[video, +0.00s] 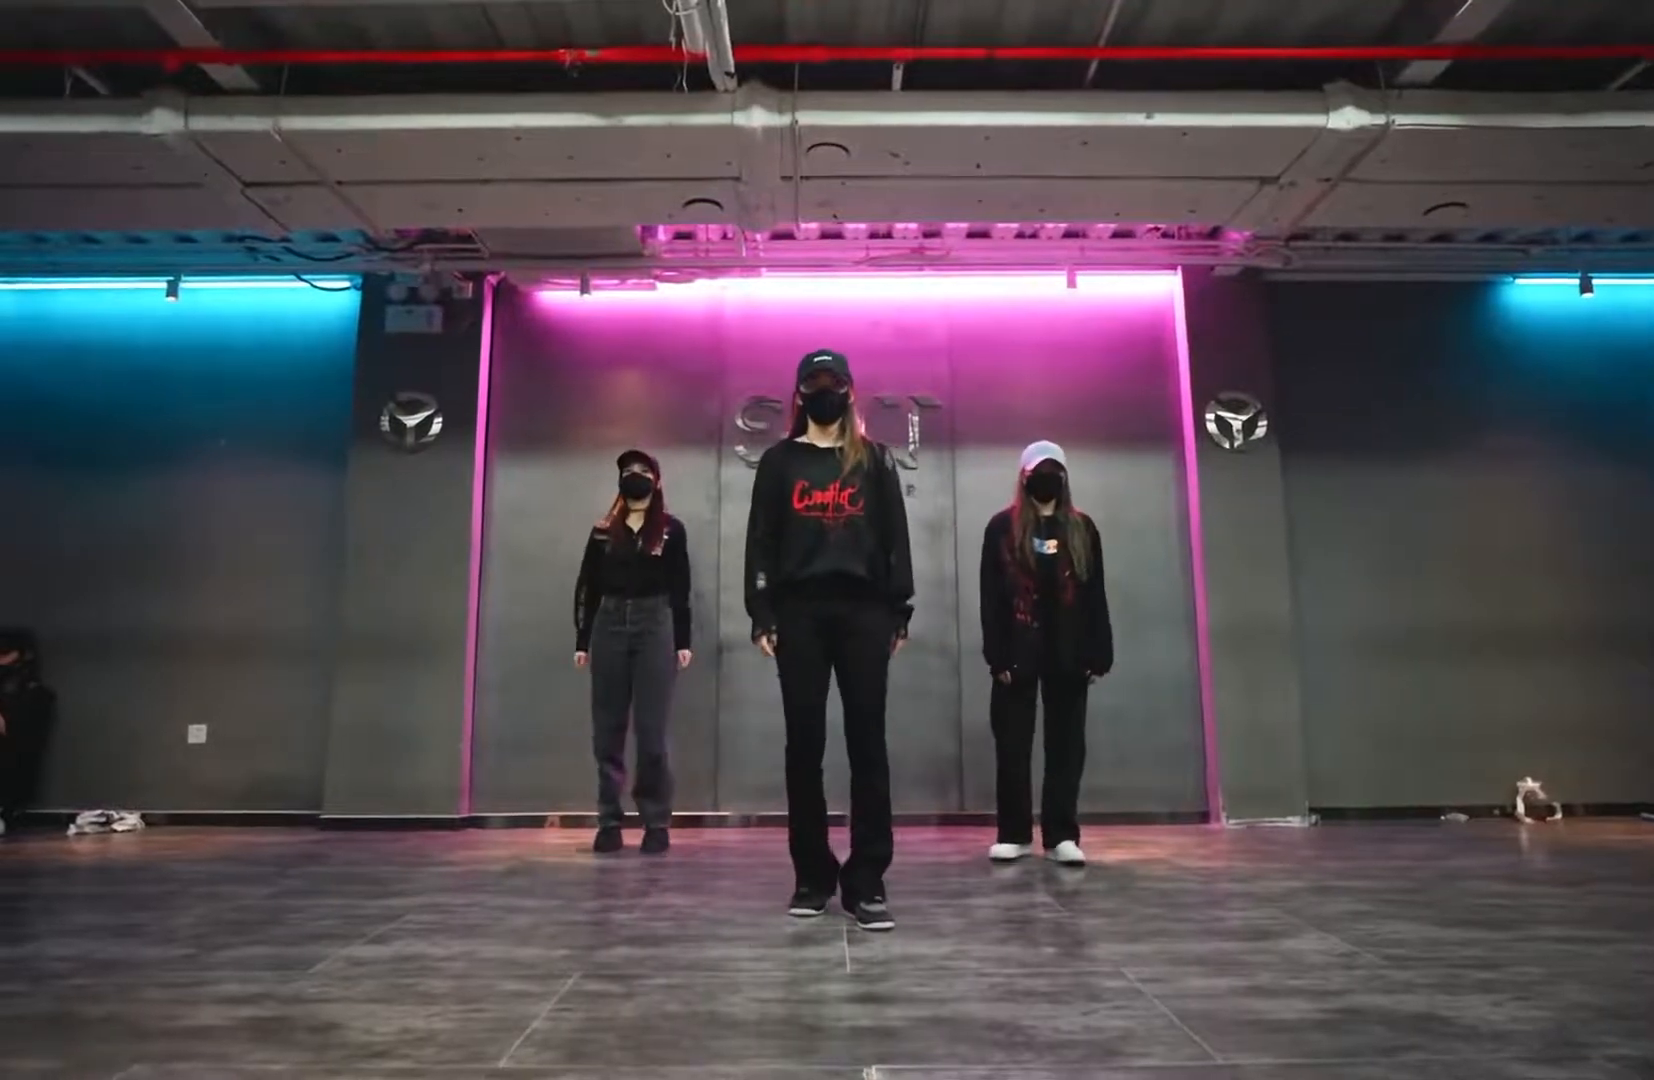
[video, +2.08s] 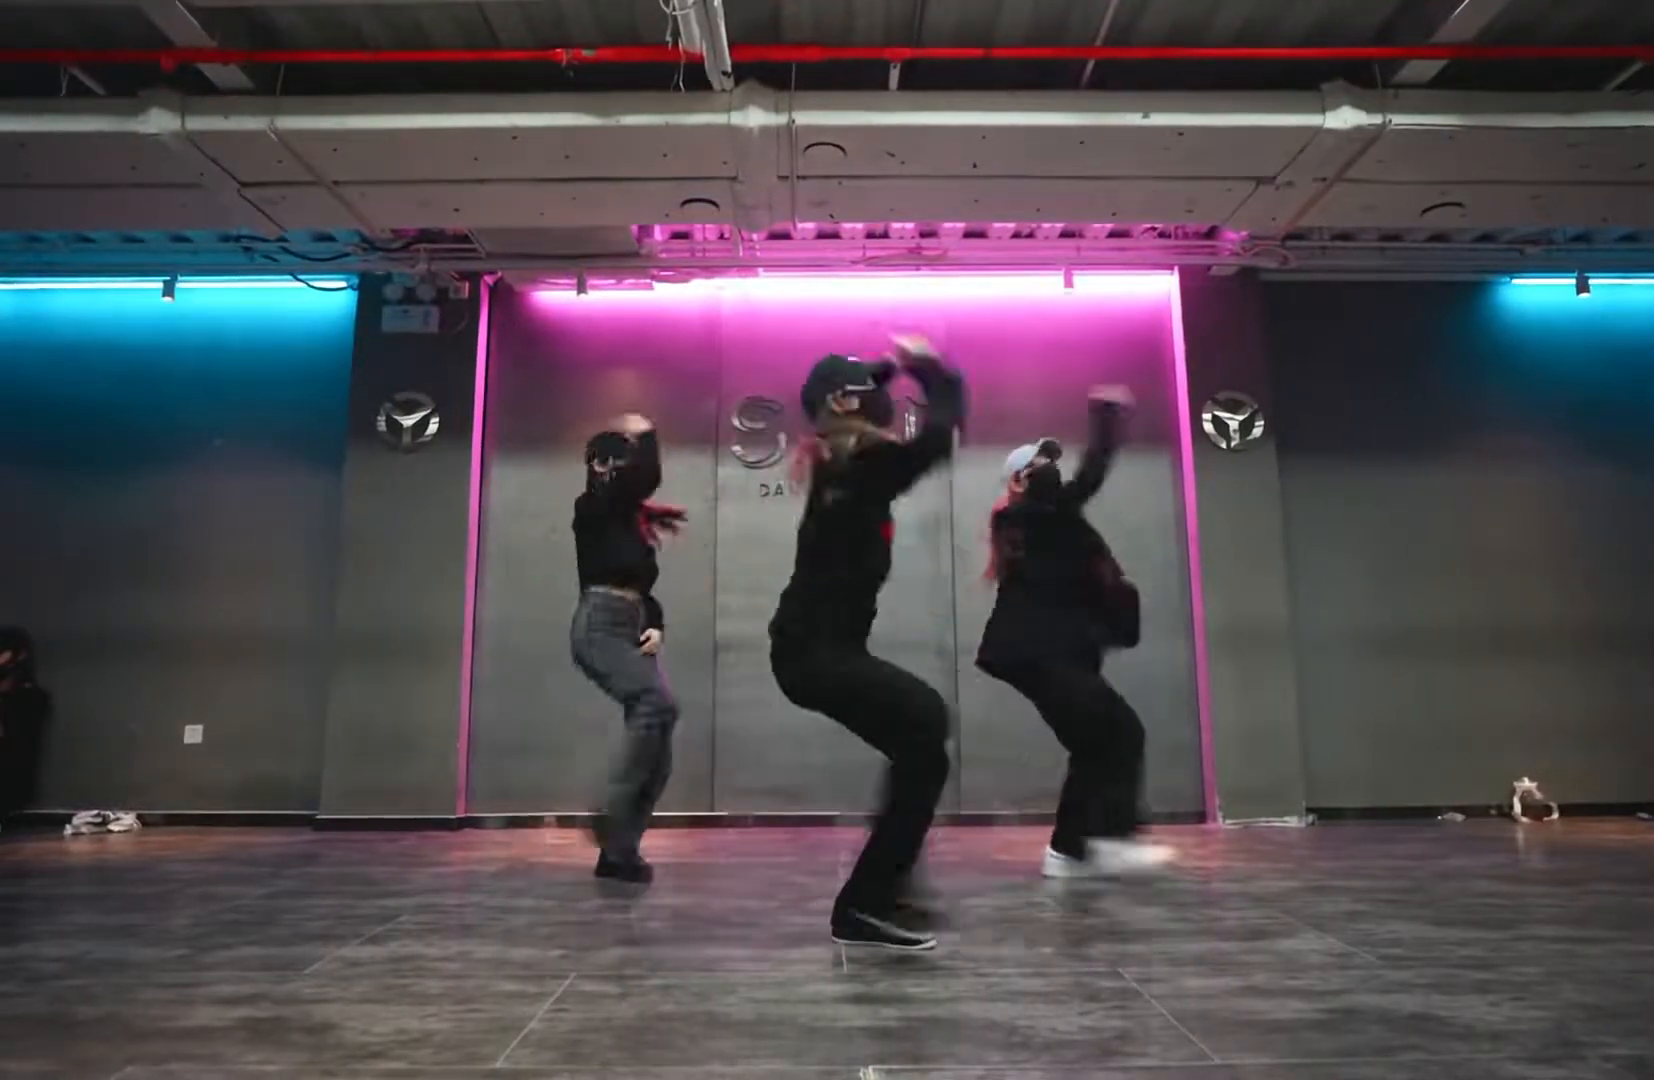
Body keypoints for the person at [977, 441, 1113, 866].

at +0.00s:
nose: (1049, 478)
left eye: (1055, 471)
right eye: (1041, 471)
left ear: (1064, 477)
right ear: (1025, 476)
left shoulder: (1082, 527)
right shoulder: (1002, 528)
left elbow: (1095, 595)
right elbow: (991, 597)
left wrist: (1100, 652)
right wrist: (997, 656)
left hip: (1069, 656)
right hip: (1017, 656)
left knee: (1066, 747)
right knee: (1012, 748)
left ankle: (1063, 837)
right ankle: (1012, 836)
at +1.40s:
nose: (1038, 500)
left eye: (1045, 491)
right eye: (1029, 492)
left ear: (1055, 495)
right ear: (1013, 496)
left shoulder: (1073, 542)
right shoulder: (992, 547)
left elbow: (1100, 604)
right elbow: (971, 605)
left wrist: (1065, 597)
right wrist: (954, 599)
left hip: (1066, 660)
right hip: (1008, 659)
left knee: (1091, 744)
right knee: (975, 732)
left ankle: (1091, 839)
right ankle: (972, 830)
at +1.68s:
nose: (1024, 506)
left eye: (1031, 497)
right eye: (1015, 498)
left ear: (1041, 503)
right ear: (997, 503)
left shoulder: (1055, 556)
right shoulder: (971, 555)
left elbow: (1089, 607)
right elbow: (942, 605)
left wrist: (1132, 606)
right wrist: (988, 594)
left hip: (1041, 668)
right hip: (985, 671)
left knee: (1101, 740)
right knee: (978, 762)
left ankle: (1076, 830)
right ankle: (928, 859)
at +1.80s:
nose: (1042, 510)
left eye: (1047, 502)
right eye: (1033, 502)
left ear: (1053, 507)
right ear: (1012, 508)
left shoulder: (1047, 558)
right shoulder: (999, 558)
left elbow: (1076, 600)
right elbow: (1018, 618)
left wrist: (1094, 616)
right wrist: (1078, 619)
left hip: (1043, 683)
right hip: (1003, 682)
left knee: (1100, 751)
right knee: (997, 774)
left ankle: (1066, 853)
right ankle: (921, 853)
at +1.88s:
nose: (1049, 506)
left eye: (1053, 498)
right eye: (1041, 499)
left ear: (1057, 501)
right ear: (1017, 502)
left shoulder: (1046, 550)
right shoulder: (1012, 551)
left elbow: (1076, 601)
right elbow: (1045, 615)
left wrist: (1104, 624)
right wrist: (1112, 623)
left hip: (1044, 679)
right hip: (1022, 681)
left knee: (1102, 751)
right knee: (1011, 774)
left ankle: (1071, 853)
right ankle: (927, 844)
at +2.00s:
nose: (1058, 485)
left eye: (1057, 477)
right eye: (1050, 478)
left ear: (1026, 484)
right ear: (1025, 482)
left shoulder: (1040, 526)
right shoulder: (1023, 525)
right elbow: (1088, 534)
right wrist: (1159, 510)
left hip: (1047, 659)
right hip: (1031, 659)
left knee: (1089, 744)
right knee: (1089, 742)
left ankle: (1075, 853)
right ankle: (1014, 822)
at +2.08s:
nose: (1054, 468)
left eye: (1052, 463)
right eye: (1042, 465)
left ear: (1038, 478)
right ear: (1022, 478)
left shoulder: (1047, 513)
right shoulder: (1030, 514)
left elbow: (1089, 478)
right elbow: (1082, 484)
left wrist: (1105, 419)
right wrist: (1103, 423)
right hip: (1036, 649)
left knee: (1093, 741)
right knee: (1121, 730)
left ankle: (1069, 848)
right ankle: (1113, 837)